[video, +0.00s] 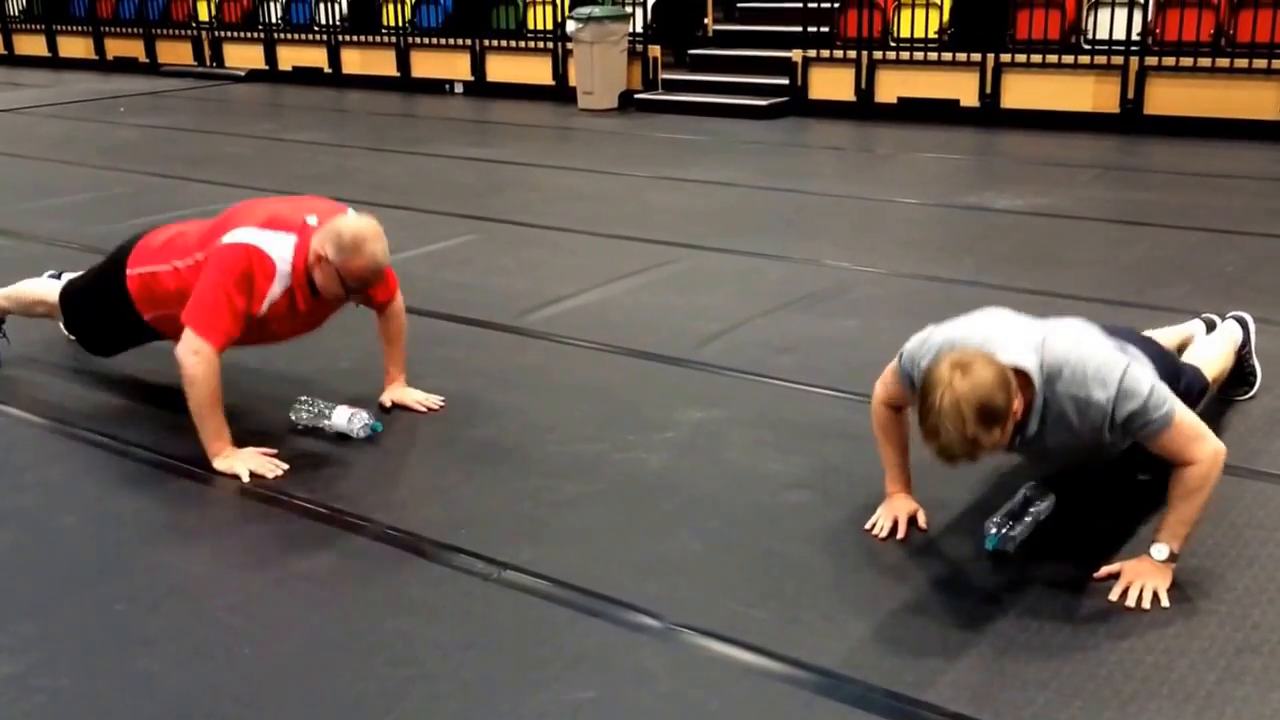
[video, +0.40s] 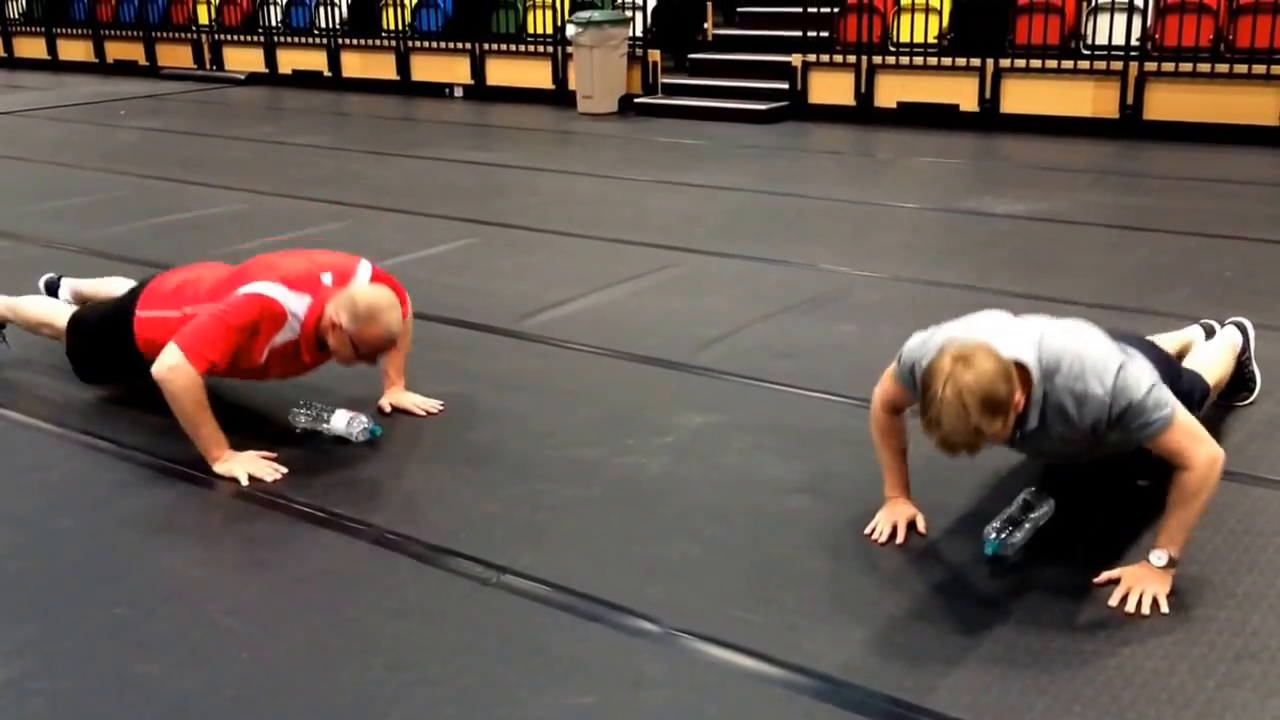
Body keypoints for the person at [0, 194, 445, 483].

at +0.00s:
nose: (352, 298)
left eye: (363, 289)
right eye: (346, 286)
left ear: (379, 256)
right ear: (321, 258)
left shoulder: (360, 246)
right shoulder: (249, 260)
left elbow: (391, 306)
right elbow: (194, 354)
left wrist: (396, 381)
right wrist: (224, 452)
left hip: (205, 269)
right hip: (146, 280)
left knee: (113, 304)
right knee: (68, 305)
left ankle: (69, 293)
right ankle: (13, 298)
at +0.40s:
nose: (349, 358)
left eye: (365, 356)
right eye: (346, 348)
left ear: (390, 327)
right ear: (331, 317)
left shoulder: (374, 291)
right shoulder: (261, 308)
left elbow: (399, 313)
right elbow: (172, 370)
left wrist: (395, 385)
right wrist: (222, 455)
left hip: (200, 286)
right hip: (147, 318)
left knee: (134, 292)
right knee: (73, 327)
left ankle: (64, 285)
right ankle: (5, 307)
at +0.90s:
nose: (365, 323)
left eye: (376, 313)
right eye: (358, 313)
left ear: (389, 284)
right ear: (327, 288)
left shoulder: (367, 266)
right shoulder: (254, 286)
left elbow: (398, 316)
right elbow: (183, 369)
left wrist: (394, 390)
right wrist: (221, 457)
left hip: (199, 274)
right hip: (146, 301)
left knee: (120, 289)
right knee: (70, 317)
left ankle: (69, 289)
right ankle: (7, 307)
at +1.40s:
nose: (363, 387)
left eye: (373, 381)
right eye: (357, 379)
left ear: (398, 336)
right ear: (337, 350)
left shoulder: (382, 303)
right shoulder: (265, 332)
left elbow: (402, 310)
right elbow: (169, 376)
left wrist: (394, 387)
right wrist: (223, 459)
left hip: (202, 304)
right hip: (148, 337)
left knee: (140, 306)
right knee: (71, 336)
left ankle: (65, 290)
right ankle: (5, 308)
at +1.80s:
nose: (361, 343)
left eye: (372, 336)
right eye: (356, 332)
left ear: (389, 313)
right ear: (332, 304)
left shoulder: (370, 276)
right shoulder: (261, 300)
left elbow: (403, 318)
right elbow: (180, 371)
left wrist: (396, 390)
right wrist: (223, 458)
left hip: (203, 277)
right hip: (149, 307)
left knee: (128, 288)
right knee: (69, 319)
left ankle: (64, 286)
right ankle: (6, 309)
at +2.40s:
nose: (368, 410)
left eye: (381, 404)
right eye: (363, 403)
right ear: (343, 372)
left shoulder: (389, 313)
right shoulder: (271, 345)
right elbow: (168, 376)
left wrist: (388, 394)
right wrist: (223, 457)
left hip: (223, 308)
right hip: (160, 337)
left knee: (142, 310)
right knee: (74, 339)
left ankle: (68, 289)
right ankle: (5, 306)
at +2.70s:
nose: (350, 358)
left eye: (364, 356)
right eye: (349, 349)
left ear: (390, 322)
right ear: (332, 317)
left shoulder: (374, 291)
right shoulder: (259, 312)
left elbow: (400, 317)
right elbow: (172, 374)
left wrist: (393, 388)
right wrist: (222, 457)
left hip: (200, 285)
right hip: (147, 322)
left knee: (133, 293)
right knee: (73, 326)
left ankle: (65, 286)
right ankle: (6, 307)